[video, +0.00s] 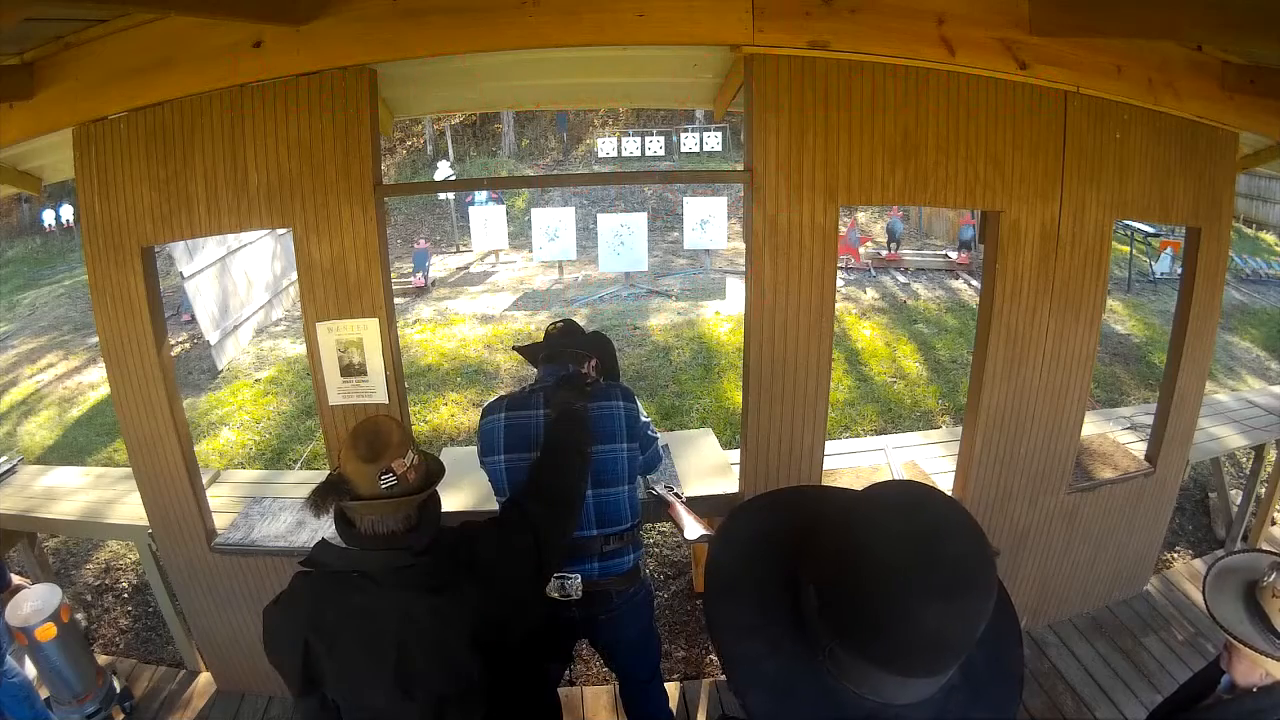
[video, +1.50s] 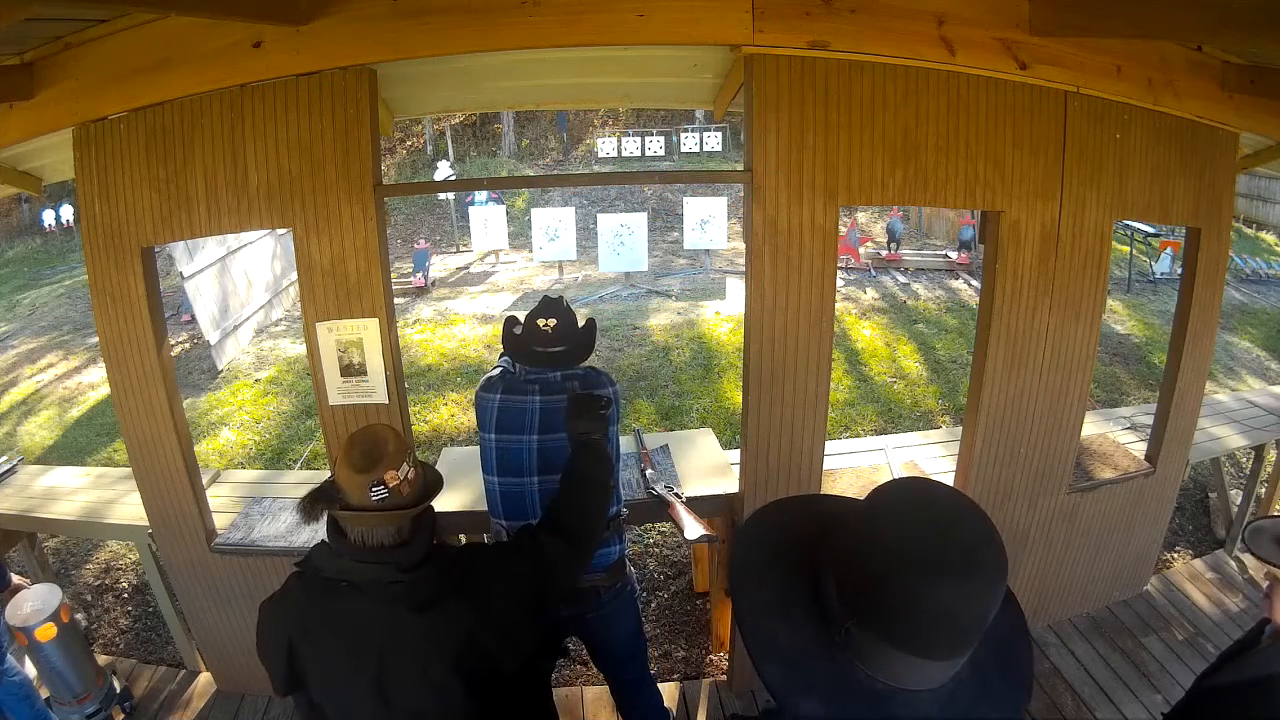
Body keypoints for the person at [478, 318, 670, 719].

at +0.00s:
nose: (598, 372)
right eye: (597, 364)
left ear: (539, 363)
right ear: (589, 364)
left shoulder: (494, 415)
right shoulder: (621, 403)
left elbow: (503, 491)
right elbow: (655, 464)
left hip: (535, 592)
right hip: (617, 590)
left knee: (535, 692)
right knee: (644, 688)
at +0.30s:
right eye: (580, 357)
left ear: (529, 361)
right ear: (579, 358)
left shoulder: (488, 418)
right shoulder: (613, 397)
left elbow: (488, 484)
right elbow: (668, 458)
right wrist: (634, 493)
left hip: (539, 591)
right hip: (623, 585)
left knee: (538, 693)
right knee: (645, 691)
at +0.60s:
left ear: (508, 356)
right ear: (567, 348)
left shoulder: (476, 424)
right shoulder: (606, 387)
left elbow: (465, 500)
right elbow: (681, 403)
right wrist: (621, 391)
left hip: (535, 590)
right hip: (621, 581)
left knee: (537, 701)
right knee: (644, 691)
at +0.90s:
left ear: (519, 347)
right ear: (580, 345)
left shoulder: (488, 406)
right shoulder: (610, 397)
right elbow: (628, 486)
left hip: (532, 592)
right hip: (611, 587)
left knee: (532, 694)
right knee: (639, 688)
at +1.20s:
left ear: (517, 341)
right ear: (579, 343)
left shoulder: (489, 395)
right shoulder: (602, 391)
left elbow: (512, 374)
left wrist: (521, 347)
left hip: (520, 584)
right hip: (599, 580)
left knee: (530, 693)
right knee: (636, 690)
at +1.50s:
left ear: (515, 340)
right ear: (577, 342)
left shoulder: (488, 393)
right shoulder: (599, 388)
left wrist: (525, 346)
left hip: (519, 582)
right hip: (597, 578)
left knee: (530, 692)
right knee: (635, 689)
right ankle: (652, 716)